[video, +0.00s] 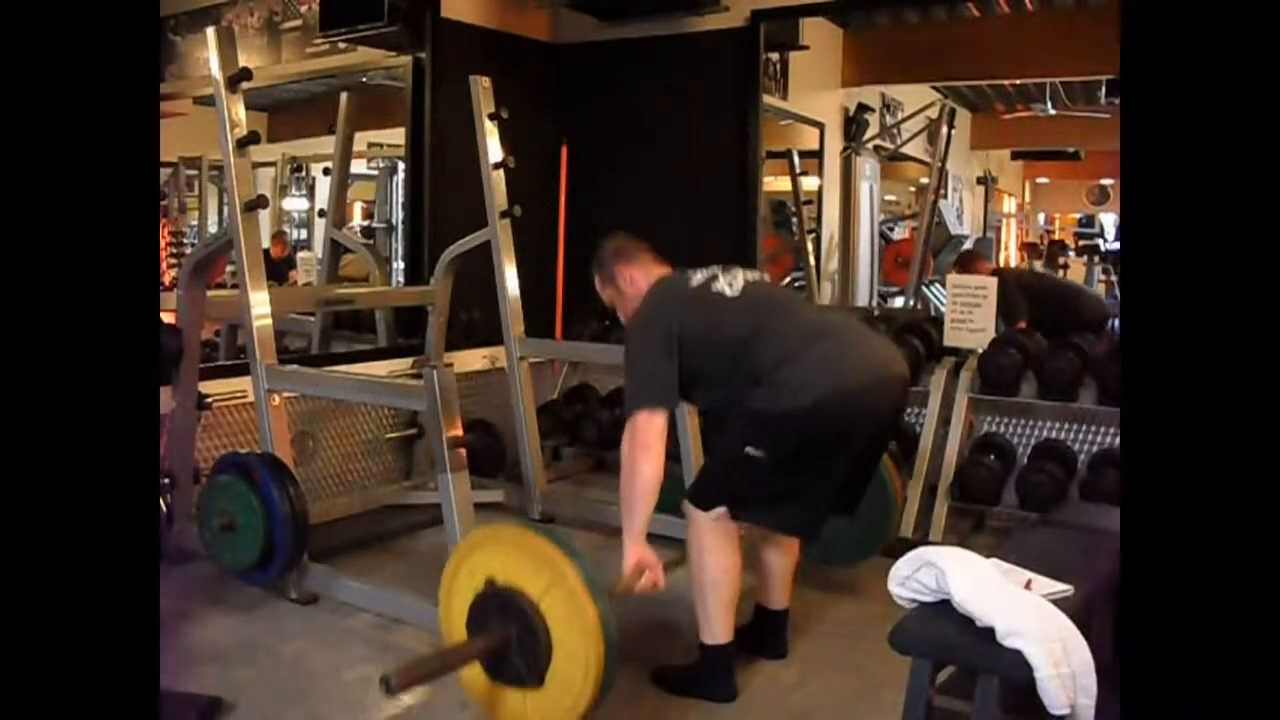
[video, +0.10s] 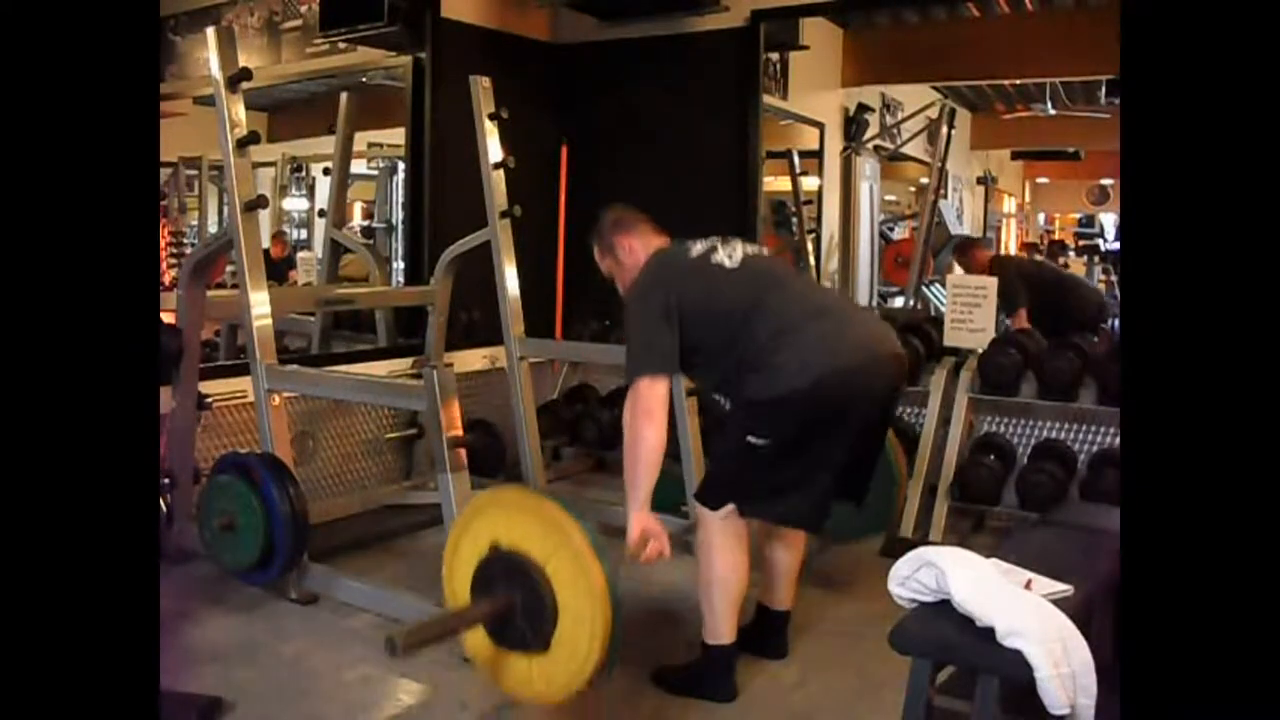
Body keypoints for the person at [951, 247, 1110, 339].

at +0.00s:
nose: (972, 282)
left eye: (968, 276)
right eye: (968, 278)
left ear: (977, 269)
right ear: (981, 264)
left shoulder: (1003, 279)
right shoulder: (1006, 276)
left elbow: (1018, 325)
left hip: (1089, 317)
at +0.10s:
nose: (968, 271)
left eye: (965, 264)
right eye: (963, 267)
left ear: (974, 255)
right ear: (981, 251)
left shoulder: (1004, 269)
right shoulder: (1005, 266)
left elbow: (1020, 323)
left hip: (1085, 310)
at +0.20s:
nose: (968, 253)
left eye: (967, 246)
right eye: (965, 248)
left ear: (978, 236)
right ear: (982, 233)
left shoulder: (1004, 251)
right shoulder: (1006, 251)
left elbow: (1021, 305)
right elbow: (1019, 306)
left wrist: (1024, 352)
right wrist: (1024, 351)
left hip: (1079, 305)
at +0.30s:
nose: (977, 218)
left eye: (978, 211)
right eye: (976, 212)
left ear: (990, 207)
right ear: (997, 204)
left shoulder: (1011, 227)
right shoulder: (1007, 230)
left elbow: (1025, 282)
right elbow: (1020, 283)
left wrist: (1021, 328)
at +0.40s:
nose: (989, 192)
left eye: (992, 186)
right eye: (989, 187)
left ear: (1007, 185)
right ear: (1014, 185)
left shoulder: (1023, 213)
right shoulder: (1018, 213)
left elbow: (1029, 272)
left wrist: (1017, 318)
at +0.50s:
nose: (1008, 181)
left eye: (1012, 175)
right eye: (1009, 175)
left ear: (1024, 176)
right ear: (1033, 177)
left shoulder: (1037, 205)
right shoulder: (1030, 204)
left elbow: (1035, 257)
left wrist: (1021, 300)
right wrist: (1018, 297)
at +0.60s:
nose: (1020, 177)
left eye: (1025, 172)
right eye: (1021, 172)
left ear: (1041, 175)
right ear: (1043, 176)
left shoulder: (1046, 204)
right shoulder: (1048, 201)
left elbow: (1040, 255)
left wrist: (1022, 296)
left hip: (1049, 294)